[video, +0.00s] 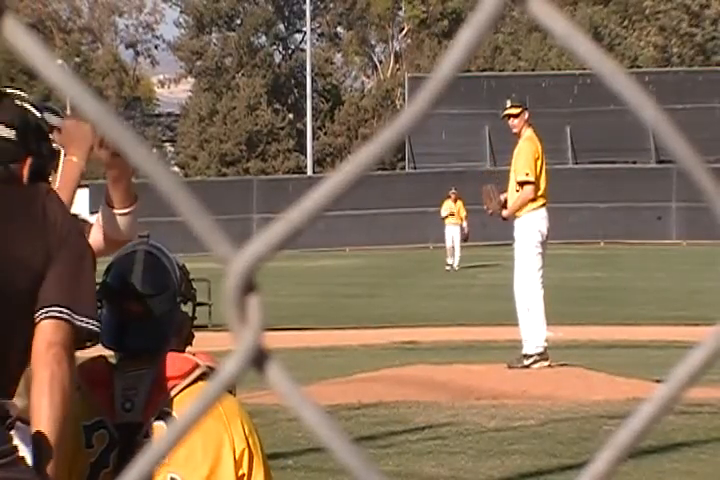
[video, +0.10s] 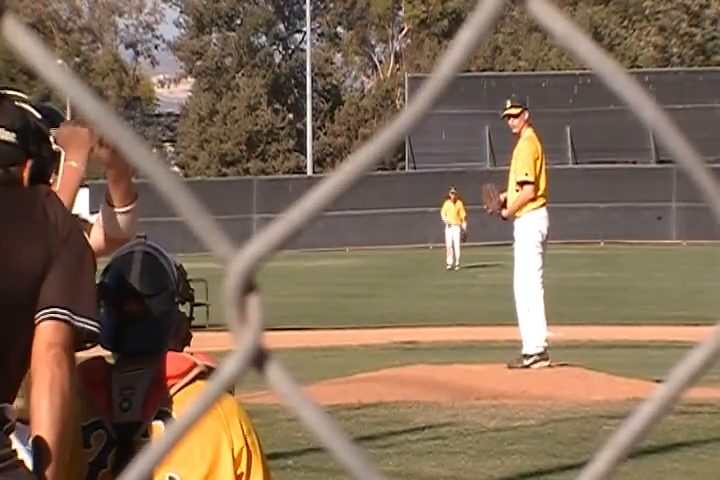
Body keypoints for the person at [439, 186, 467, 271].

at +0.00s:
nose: (453, 196)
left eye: (454, 194)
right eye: (452, 194)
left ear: (456, 195)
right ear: (449, 194)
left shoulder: (459, 203)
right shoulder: (446, 203)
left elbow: (463, 214)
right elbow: (442, 214)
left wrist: (465, 226)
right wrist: (448, 212)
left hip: (457, 224)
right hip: (449, 224)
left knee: (457, 244)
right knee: (449, 244)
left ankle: (456, 263)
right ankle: (449, 261)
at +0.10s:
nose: (453, 195)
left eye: (454, 193)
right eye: (451, 193)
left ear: (456, 195)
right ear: (449, 194)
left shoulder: (459, 203)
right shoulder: (446, 203)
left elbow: (463, 214)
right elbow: (443, 212)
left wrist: (464, 224)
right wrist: (445, 219)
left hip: (456, 224)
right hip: (449, 224)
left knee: (456, 244)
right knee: (448, 244)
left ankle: (457, 262)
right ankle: (449, 262)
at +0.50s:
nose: (445, 196)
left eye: (447, 194)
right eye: (444, 194)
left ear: (449, 195)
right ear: (442, 195)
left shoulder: (454, 203)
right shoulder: (441, 205)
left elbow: (458, 215)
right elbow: (439, 218)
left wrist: (458, 225)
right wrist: (437, 229)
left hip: (453, 225)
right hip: (445, 225)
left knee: (453, 244)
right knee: (445, 245)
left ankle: (456, 262)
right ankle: (447, 263)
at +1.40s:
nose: (439, 195)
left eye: (441, 193)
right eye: (438, 193)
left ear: (443, 194)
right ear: (435, 194)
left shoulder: (446, 203)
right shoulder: (434, 204)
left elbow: (450, 217)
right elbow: (432, 216)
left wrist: (446, 229)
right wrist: (428, 228)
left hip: (444, 225)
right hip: (437, 225)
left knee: (444, 246)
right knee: (433, 244)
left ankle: (444, 265)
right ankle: (437, 260)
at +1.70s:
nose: (430, 201)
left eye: (432, 199)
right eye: (429, 199)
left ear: (435, 199)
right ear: (428, 200)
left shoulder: (440, 207)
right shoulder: (429, 208)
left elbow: (445, 223)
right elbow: (428, 220)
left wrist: (441, 230)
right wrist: (425, 231)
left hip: (441, 228)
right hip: (433, 229)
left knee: (442, 248)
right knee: (430, 248)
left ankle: (443, 265)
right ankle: (427, 265)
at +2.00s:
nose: (426, 205)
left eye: (427, 203)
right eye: (425, 203)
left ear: (430, 204)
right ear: (423, 204)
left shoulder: (434, 209)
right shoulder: (424, 212)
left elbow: (443, 214)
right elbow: (424, 222)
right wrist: (427, 232)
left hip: (440, 230)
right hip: (432, 231)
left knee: (443, 247)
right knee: (428, 248)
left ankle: (451, 262)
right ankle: (426, 266)